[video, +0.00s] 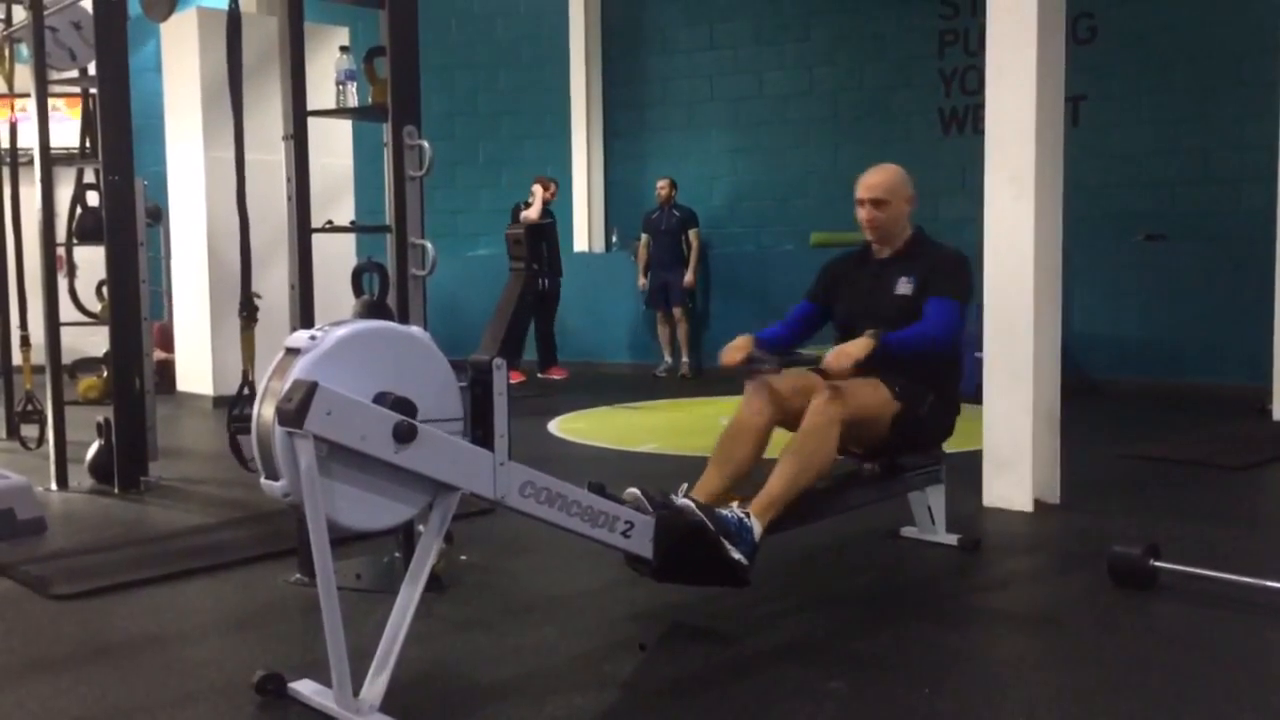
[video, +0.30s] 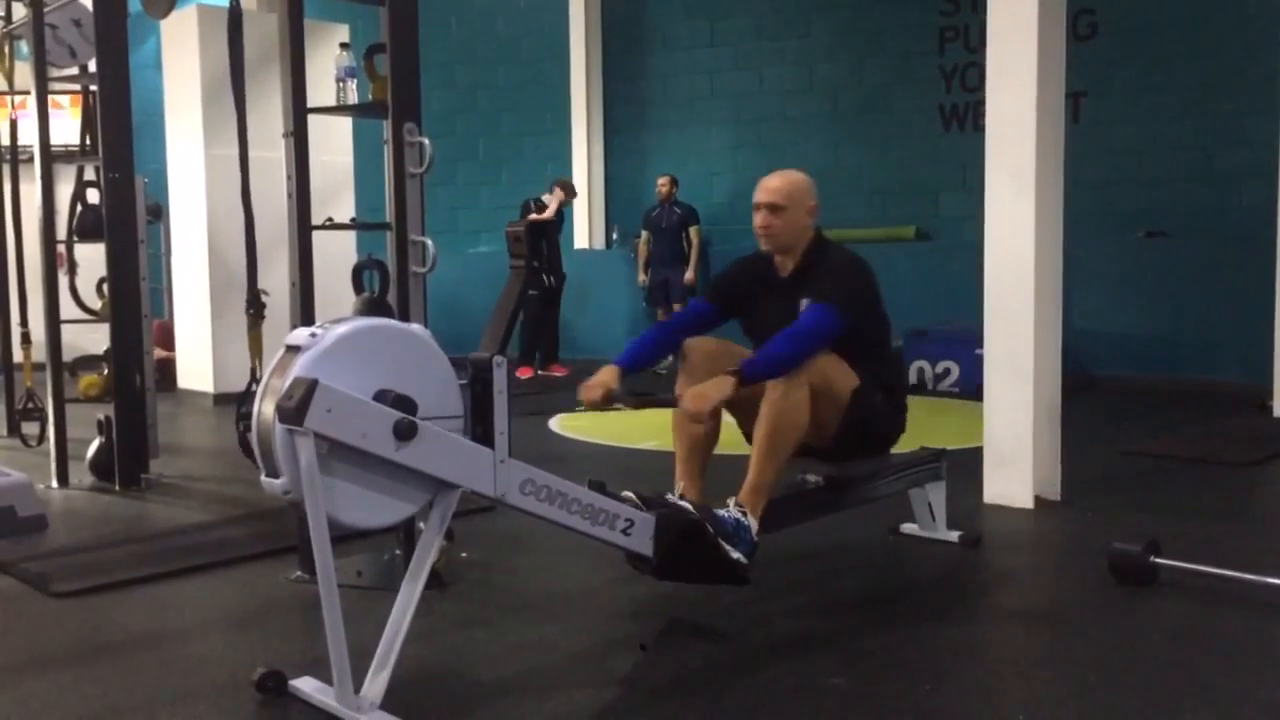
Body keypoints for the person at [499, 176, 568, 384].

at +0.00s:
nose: (552, 198)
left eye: (553, 195)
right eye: (550, 194)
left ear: (551, 196)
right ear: (539, 191)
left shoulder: (549, 215)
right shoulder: (521, 209)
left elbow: (552, 246)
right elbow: (532, 217)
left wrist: (556, 272)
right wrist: (537, 196)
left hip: (550, 276)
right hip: (528, 276)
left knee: (546, 324)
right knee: (519, 322)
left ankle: (548, 365)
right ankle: (511, 366)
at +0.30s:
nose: (566, 203)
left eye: (568, 200)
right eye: (566, 198)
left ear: (563, 197)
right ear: (557, 191)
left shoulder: (558, 213)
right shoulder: (531, 205)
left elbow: (555, 243)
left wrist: (559, 270)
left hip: (554, 271)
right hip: (535, 271)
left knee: (551, 319)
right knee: (531, 319)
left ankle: (549, 362)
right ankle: (526, 363)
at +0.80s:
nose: (568, 203)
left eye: (570, 199)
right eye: (569, 199)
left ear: (560, 194)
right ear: (560, 193)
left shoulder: (554, 211)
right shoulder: (534, 208)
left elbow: (550, 242)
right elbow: (532, 244)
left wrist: (564, 246)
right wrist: (540, 273)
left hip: (554, 274)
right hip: (536, 275)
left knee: (551, 320)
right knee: (531, 321)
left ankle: (550, 362)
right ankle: (527, 365)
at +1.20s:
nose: (559, 202)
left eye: (561, 198)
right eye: (559, 198)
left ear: (551, 194)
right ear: (549, 193)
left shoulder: (547, 213)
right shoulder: (530, 213)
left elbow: (550, 244)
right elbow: (530, 248)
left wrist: (562, 246)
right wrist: (537, 273)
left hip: (552, 276)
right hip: (535, 278)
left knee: (551, 323)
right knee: (529, 324)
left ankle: (549, 364)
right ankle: (525, 367)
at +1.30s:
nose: (557, 201)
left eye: (558, 197)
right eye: (556, 196)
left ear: (549, 194)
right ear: (546, 193)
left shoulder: (546, 213)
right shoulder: (529, 213)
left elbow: (548, 243)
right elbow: (529, 247)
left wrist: (565, 243)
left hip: (552, 277)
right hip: (534, 279)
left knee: (550, 324)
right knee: (529, 324)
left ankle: (549, 365)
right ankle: (525, 367)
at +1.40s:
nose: (556, 200)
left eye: (557, 196)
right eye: (555, 195)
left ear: (547, 194)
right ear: (544, 193)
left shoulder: (546, 214)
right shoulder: (527, 214)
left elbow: (548, 243)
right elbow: (527, 247)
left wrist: (565, 241)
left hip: (551, 277)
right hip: (533, 279)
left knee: (550, 324)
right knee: (528, 325)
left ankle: (548, 365)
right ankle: (524, 368)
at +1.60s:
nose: (555, 200)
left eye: (556, 196)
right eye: (553, 196)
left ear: (544, 195)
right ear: (542, 194)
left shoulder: (545, 215)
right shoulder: (524, 215)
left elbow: (546, 245)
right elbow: (526, 249)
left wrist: (563, 242)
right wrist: (558, 242)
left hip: (550, 280)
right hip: (532, 281)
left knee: (549, 326)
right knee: (527, 327)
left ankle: (547, 367)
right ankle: (523, 369)